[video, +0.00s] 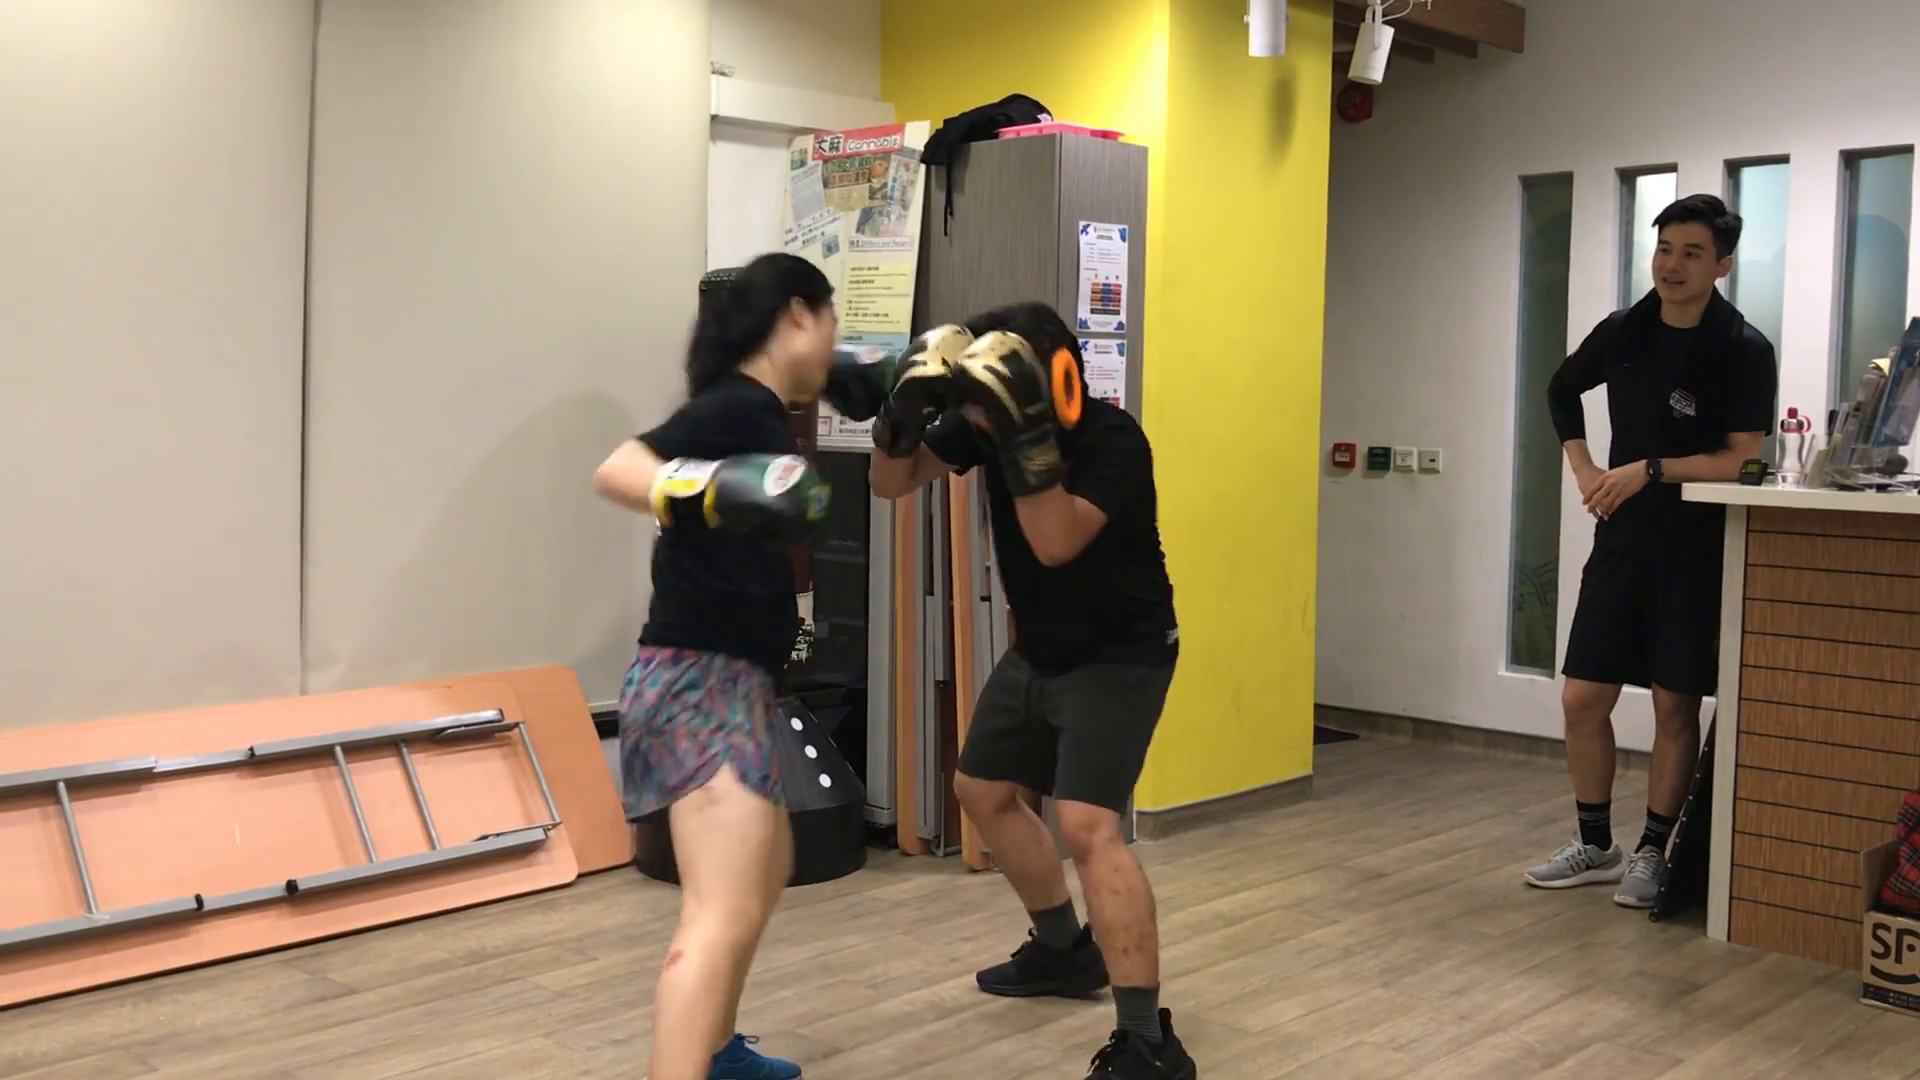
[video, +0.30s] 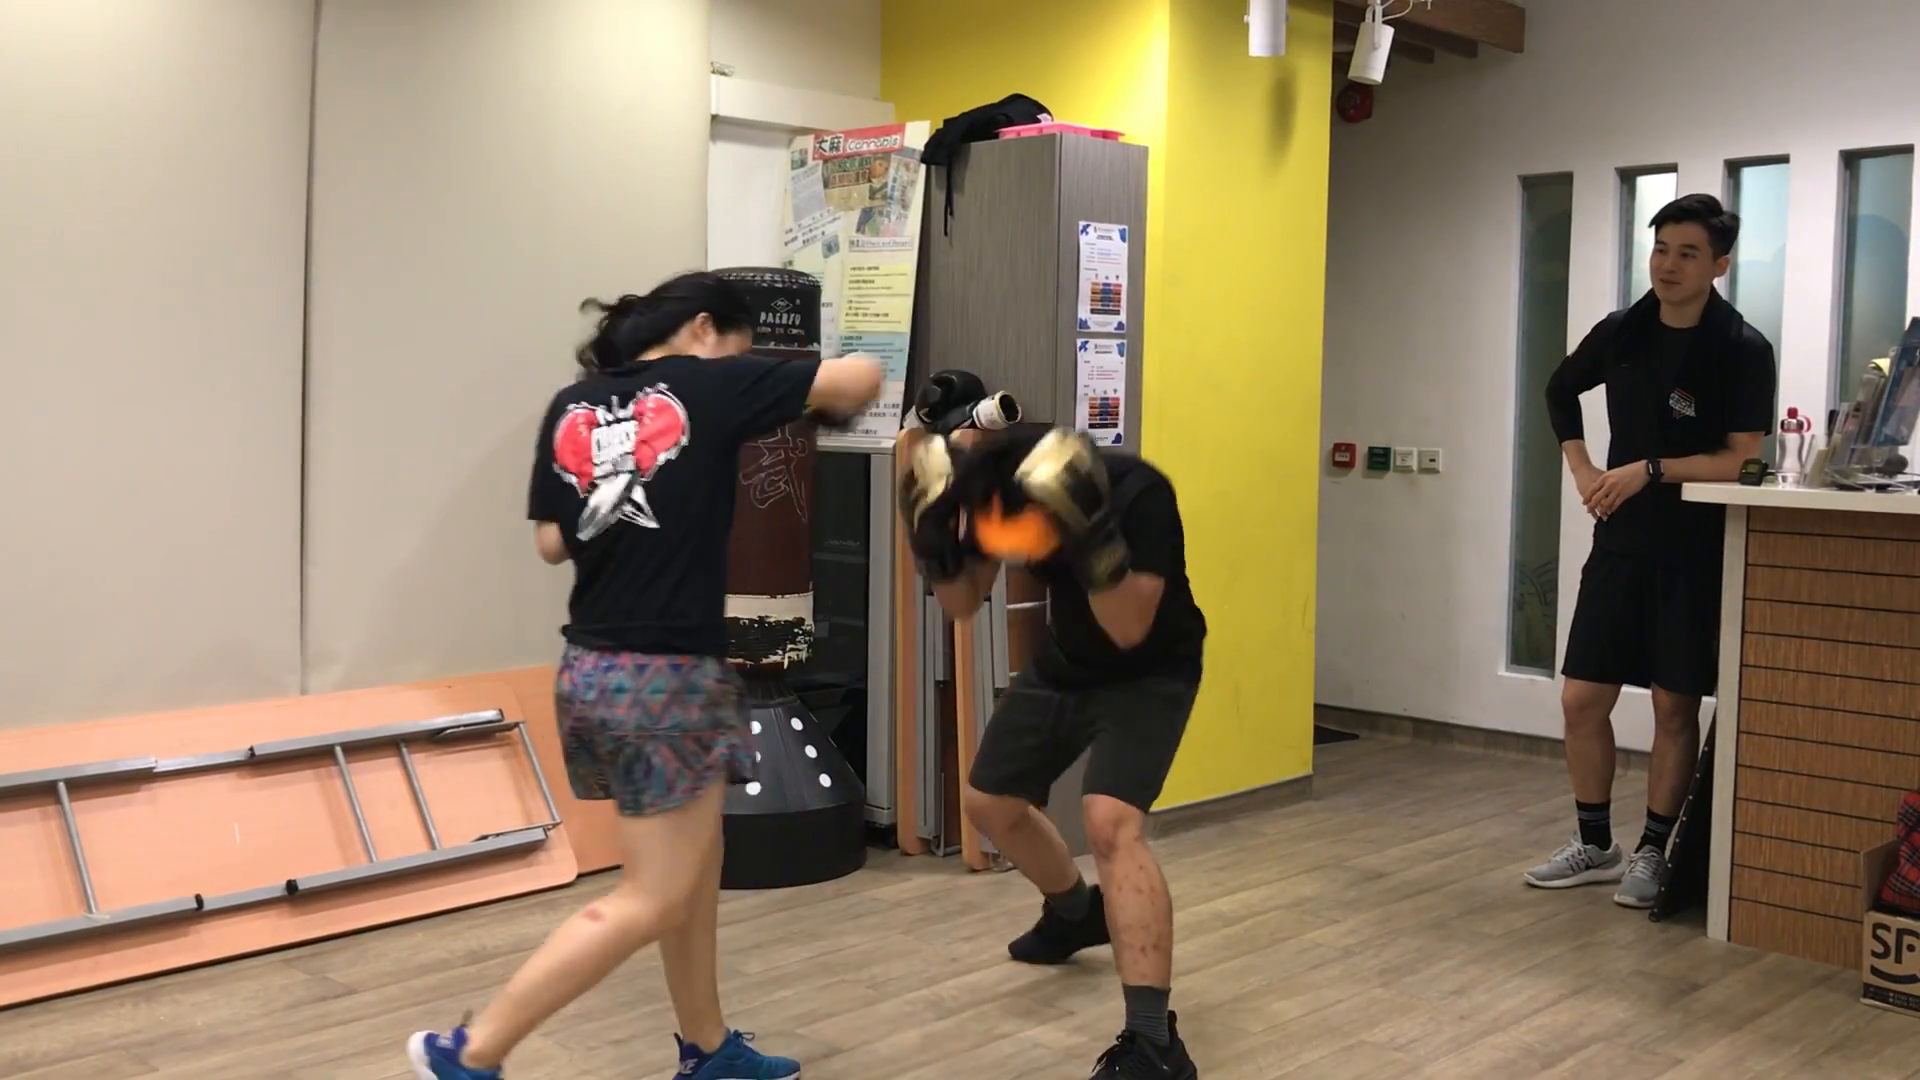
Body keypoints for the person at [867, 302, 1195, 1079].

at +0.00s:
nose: (995, 397)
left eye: (1008, 382)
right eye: (989, 385)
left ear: (1053, 376)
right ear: (985, 392)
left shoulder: (1113, 441)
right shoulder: (995, 433)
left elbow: (1056, 541)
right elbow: (892, 482)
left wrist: (1024, 439)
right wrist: (906, 412)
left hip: (1120, 657)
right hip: (1039, 653)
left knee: (1086, 820)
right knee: (984, 788)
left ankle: (1145, 1038)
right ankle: (1063, 948)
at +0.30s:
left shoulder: (1137, 490)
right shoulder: (996, 486)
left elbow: (1129, 626)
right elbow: (961, 604)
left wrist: (1091, 531)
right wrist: (932, 529)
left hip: (1152, 667)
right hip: (1064, 660)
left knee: (1112, 819)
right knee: (990, 804)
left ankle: (1151, 1042)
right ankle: (1075, 909)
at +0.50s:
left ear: (994, 552)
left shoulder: (1085, 556)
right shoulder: (1000, 562)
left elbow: (1053, 688)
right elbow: (955, 657)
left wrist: (977, 608)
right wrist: (902, 604)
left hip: (1176, 691)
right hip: (1085, 693)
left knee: (1103, 817)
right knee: (997, 800)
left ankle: (1153, 1038)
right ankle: (1089, 927)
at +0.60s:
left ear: (976, 535)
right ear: (972, 527)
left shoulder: (1063, 546)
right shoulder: (1008, 546)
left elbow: (1005, 674)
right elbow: (1008, 677)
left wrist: (939, 592)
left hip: (1176, 693)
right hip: (1094, 693)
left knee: (1096, 817)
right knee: (999, 795)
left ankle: (1153, 1039)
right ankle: (1089, 926)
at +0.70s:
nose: (951, 532)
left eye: (950, 517)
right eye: (946, 518)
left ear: (976, 499)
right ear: (971, 496)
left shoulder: (1054, 524)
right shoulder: (1006, 522)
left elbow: (979, 643)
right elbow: (983, 623)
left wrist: (921, 557)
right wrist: (920, 552)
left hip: (1173, 687)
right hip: (1099, 687)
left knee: (1093, 815)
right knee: (1008, 791)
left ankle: (1157, 1038)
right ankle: (1090, 923)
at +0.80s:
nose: (952, 497)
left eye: (952, 481)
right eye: (948, 484)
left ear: (983, 474)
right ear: (991, 466)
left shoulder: (1062, 516)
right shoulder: (1021, 514)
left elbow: (977, 632)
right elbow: (977, 608)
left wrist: (916, 539)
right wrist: (924, 532)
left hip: (1171, 688)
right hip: (1104, 688)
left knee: (1086, 825)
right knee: (1012, 790)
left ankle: (1157, 1048)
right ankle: (1089, 924)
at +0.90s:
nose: (972, 528)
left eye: (970, 517)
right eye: (965, 519)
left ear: (997, 501)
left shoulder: (1081, 534)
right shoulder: (1036, 516)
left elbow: (1003, 655)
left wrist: (938, 557)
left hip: (1172, 705)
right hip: (1106, 698)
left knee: (1069, 847)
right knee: (1019, 794)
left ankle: (1153, 1060)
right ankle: (1086, 925)